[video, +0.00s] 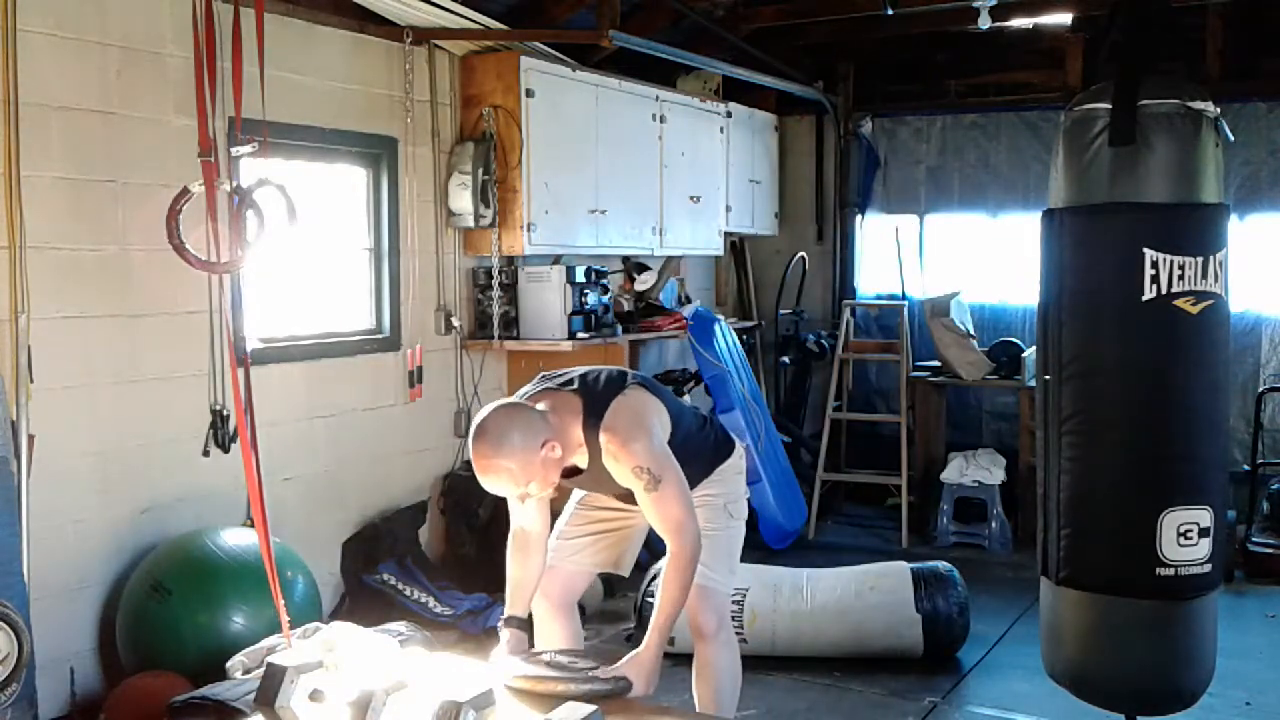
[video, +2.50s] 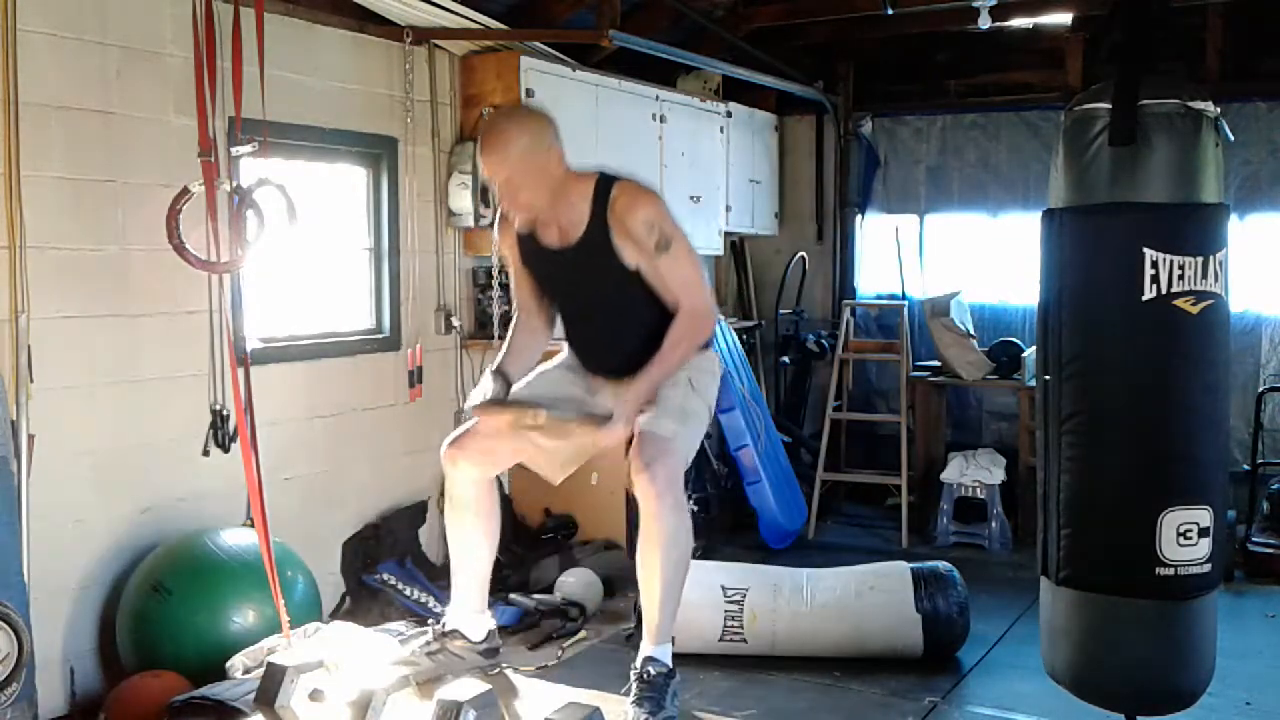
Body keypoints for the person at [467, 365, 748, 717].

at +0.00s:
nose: (523, 501)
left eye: (526, 489)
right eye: (513, 494)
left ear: (550, 451)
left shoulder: (629, 440)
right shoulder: (514, 422)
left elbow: (685, 546)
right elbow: (526, 530)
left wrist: (651, 651)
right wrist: (513, 625)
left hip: (703, 474)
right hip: (611, 479)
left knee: (706, 619)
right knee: (549, 596)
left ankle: (716, 718)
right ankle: (573, 711)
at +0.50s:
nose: (514, 407)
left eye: (518, 392)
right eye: (506, 397)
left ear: (556, 358)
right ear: (555, 358)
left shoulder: (634, 361)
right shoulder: (528, 384)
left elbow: (716, 437)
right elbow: (551, 444)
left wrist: (678, 532)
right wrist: (543, 516)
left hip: (694, 472)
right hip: (612, 477)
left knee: (702, 606)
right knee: (545, 591)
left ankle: (714, 716)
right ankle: (564, 716)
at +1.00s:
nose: (575, 324)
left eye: (582, 309)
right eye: (569, 311)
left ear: (618, 285)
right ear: (566, 296)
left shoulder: (692, 320)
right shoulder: (573, 335)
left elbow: (753, 413)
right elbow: (588, 412)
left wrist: (701, 493)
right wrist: (572, 475)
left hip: (722, 476)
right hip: (635, 476)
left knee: (743, 617)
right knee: (551, 593)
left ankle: (762, 717)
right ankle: (586, 713)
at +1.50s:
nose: (578, 472)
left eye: (584, 458)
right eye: (571, 461)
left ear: (626, 425)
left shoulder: (698, 430)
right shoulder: (591, 421)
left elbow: (763, 494)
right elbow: (595, 490)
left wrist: (724, 583)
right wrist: (589, 562)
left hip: (732, 520)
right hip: (648, 519)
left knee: (759, 626)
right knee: (552, 595)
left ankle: (766, 716)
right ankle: (588, 712)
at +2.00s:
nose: (524, 194)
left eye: (527, 177)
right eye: (514, 183)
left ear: (567, 144)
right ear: (506, 162)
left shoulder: (646, 172)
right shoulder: (528, 202)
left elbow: (711, 277)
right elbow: (543, 296)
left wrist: (651, 360)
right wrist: (514, 356)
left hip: (690, 330)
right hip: (605, 335)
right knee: (486, 410)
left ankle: (716, 593)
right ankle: (512, 568)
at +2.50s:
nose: (500, 199)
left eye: (504, 181)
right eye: (493, 185)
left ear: (547, 161)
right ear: (511, 173)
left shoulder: (631, 208)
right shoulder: (515, 230)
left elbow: (699, 313)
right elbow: (533, 320)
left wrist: (636, 397)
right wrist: (496, 384)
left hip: (673, 365)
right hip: (586, 368)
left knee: (656, 470)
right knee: (465, 456)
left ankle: (654, 660)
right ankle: (469, 627)